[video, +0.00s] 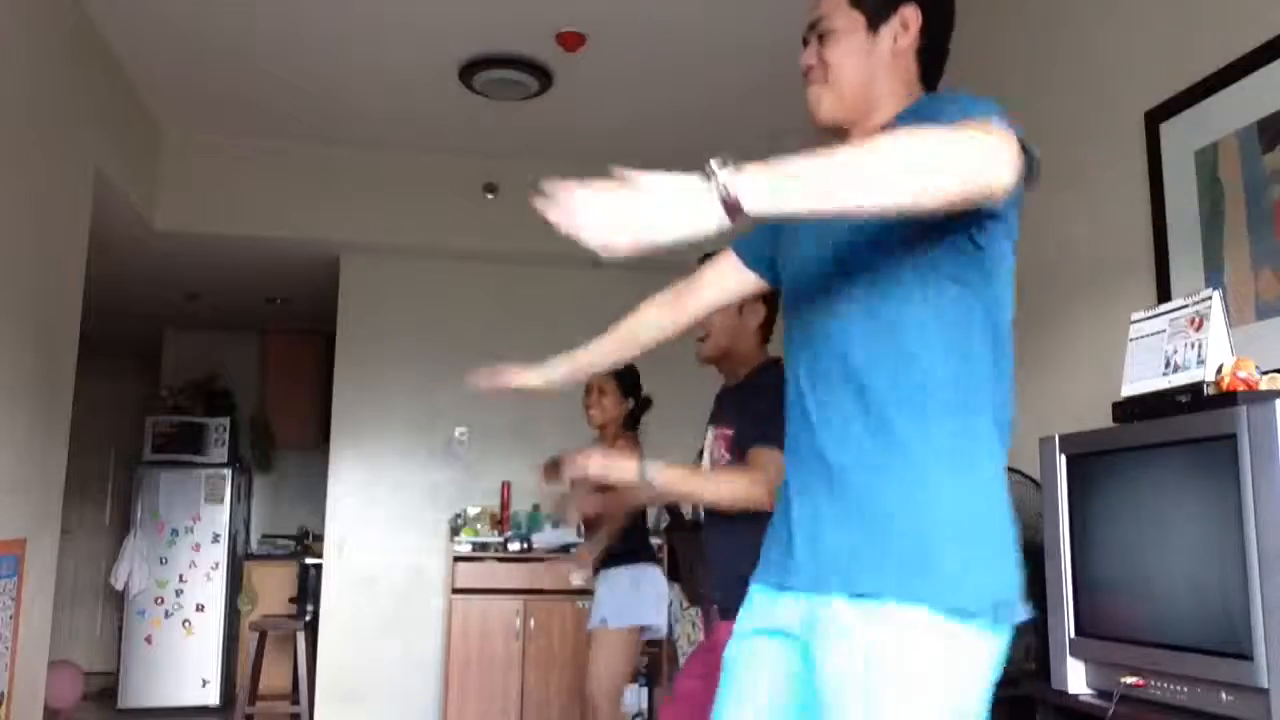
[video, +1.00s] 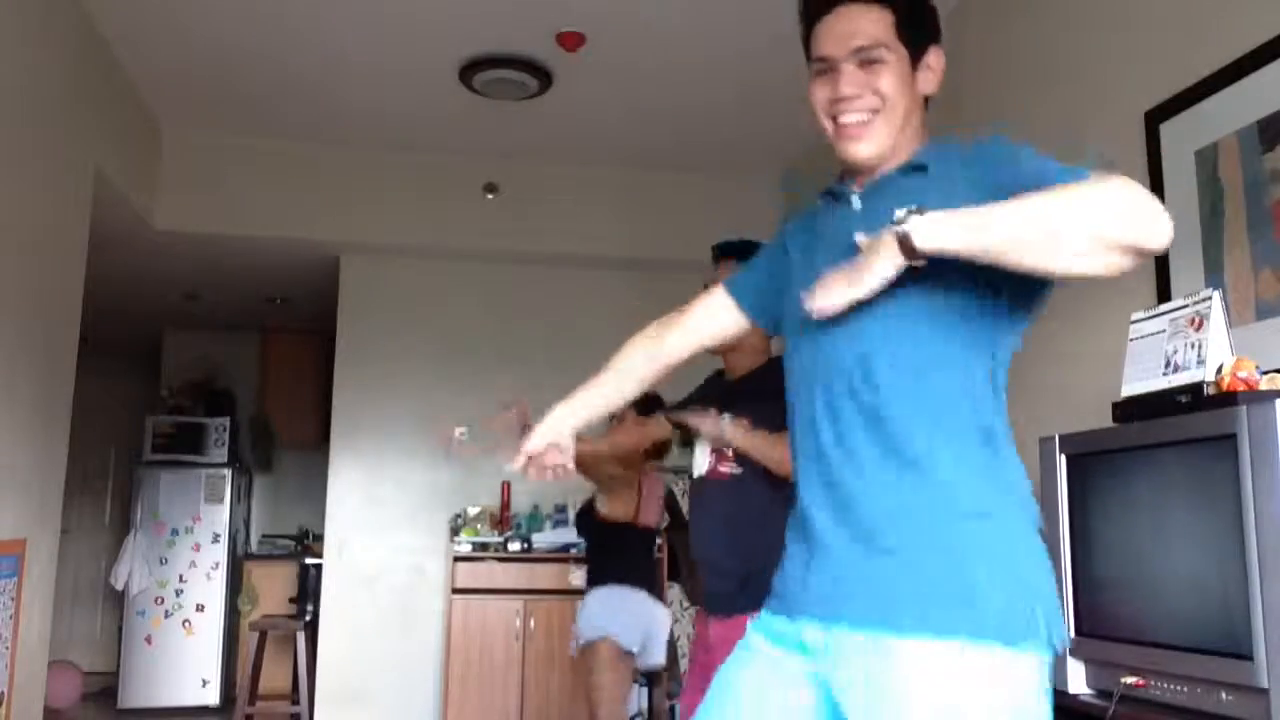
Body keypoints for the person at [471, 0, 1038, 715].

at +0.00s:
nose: (804, 58)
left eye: (824, 34)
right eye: (807, 41)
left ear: (901, 30)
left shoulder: (949, 120)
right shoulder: (810, 196)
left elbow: (988, 163)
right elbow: (689, 298)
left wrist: (717, 193)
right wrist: (561, 370)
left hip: (920, 582)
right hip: (792, 577)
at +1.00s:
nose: (843, 87)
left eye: (869, 61)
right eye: (824, 69)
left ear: (927, 71)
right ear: (809, 90)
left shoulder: (979, 170)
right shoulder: (804, 235)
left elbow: (1142, 227)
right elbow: (683, 334)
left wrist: (912, 235)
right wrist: (565, 418)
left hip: (957, 626)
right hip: (803, 617)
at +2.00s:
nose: (841, 76)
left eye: (858, 44)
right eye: (826, 61)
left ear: (933, 35)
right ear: (826, 78)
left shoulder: (1006, 118)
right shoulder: (858, 204)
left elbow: (1183, 137)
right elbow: (743, 322)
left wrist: (964, 212)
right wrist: (576, 396)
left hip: (996, 594)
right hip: (857, 593)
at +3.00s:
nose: (923, 77)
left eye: (943, 45)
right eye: (913, 61)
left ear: (1026, 31)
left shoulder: (1109, 132)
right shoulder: (946, 231)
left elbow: (1238, 164)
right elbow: (895, 361)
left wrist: (1266, 188)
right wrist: (864, 361)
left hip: (1093, 596)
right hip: (948, 596)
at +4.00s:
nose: (908, 102)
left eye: (925, 71)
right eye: (906, 84)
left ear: (1007, 53)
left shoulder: (1087, 147)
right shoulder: (951, 261)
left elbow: (1197, 183)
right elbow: (885, 410)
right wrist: (840, 376)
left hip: (1074, 622)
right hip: (969, 618)